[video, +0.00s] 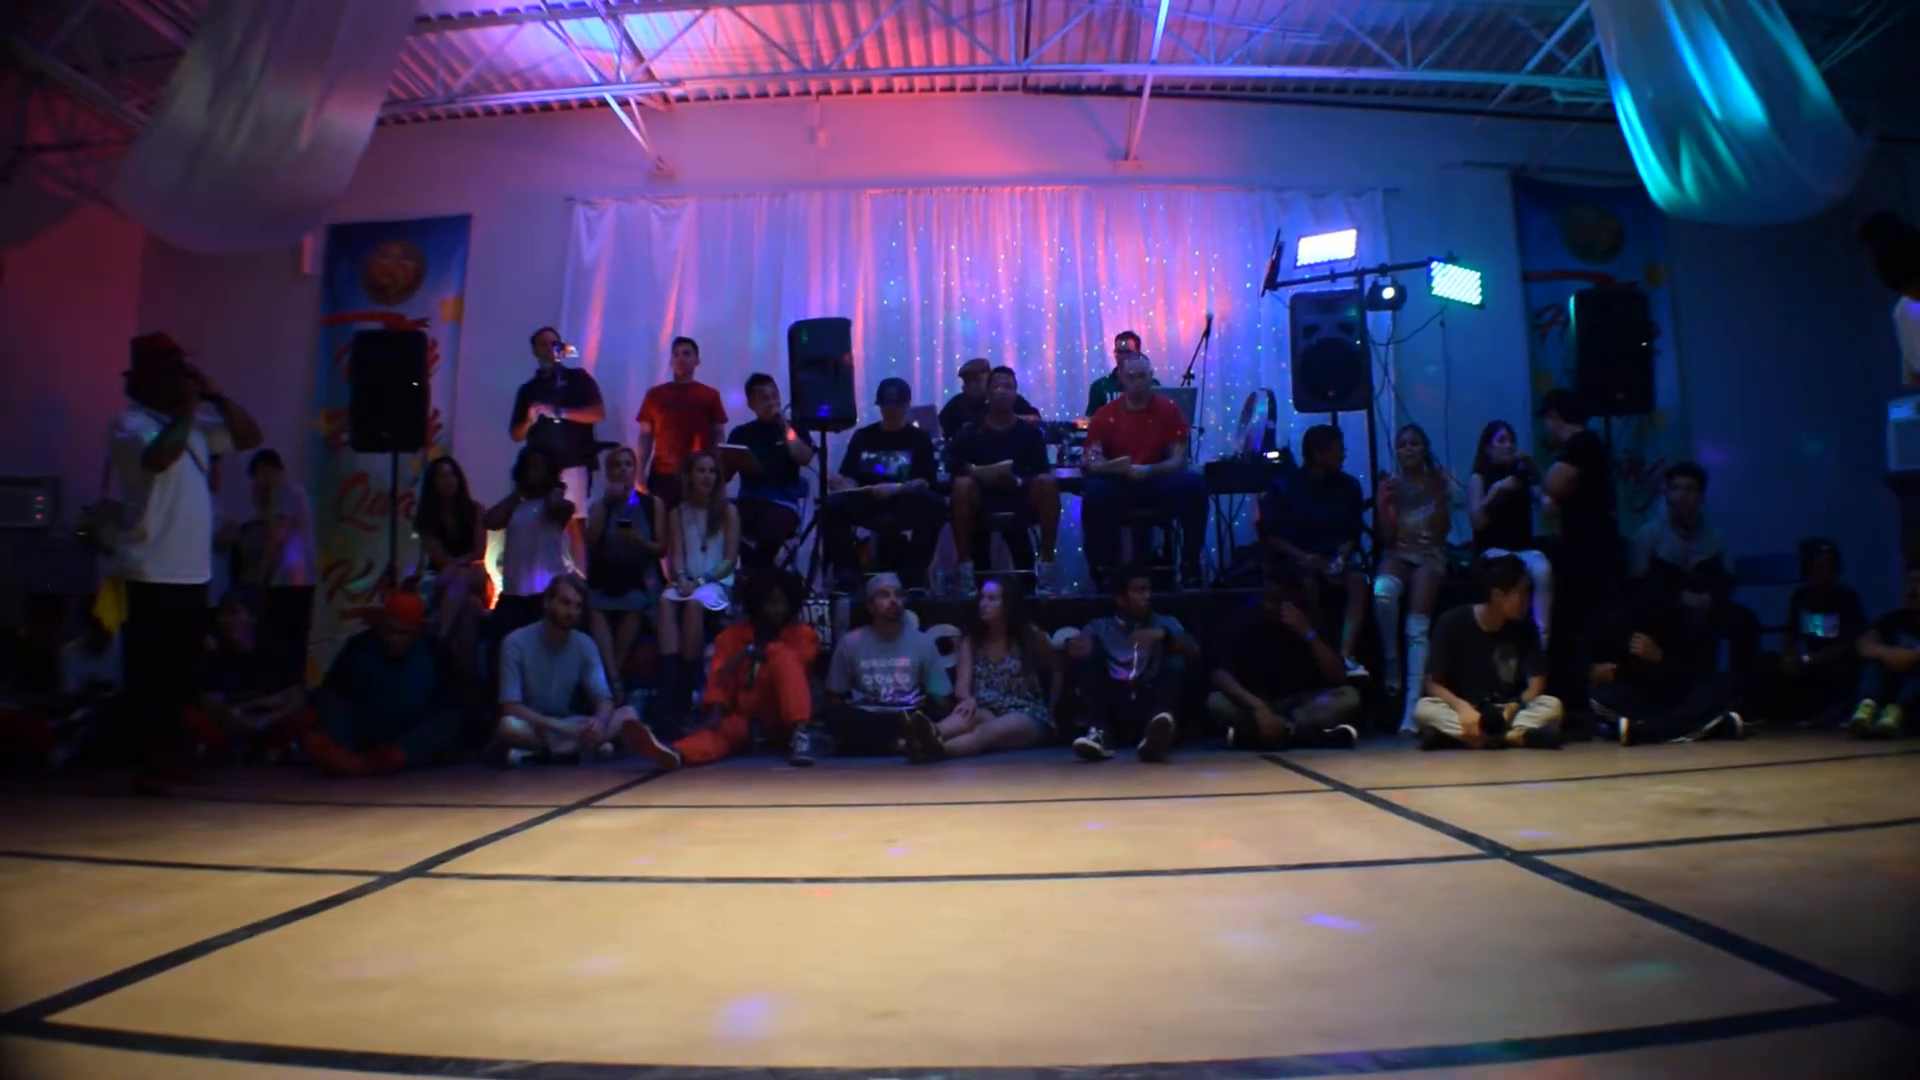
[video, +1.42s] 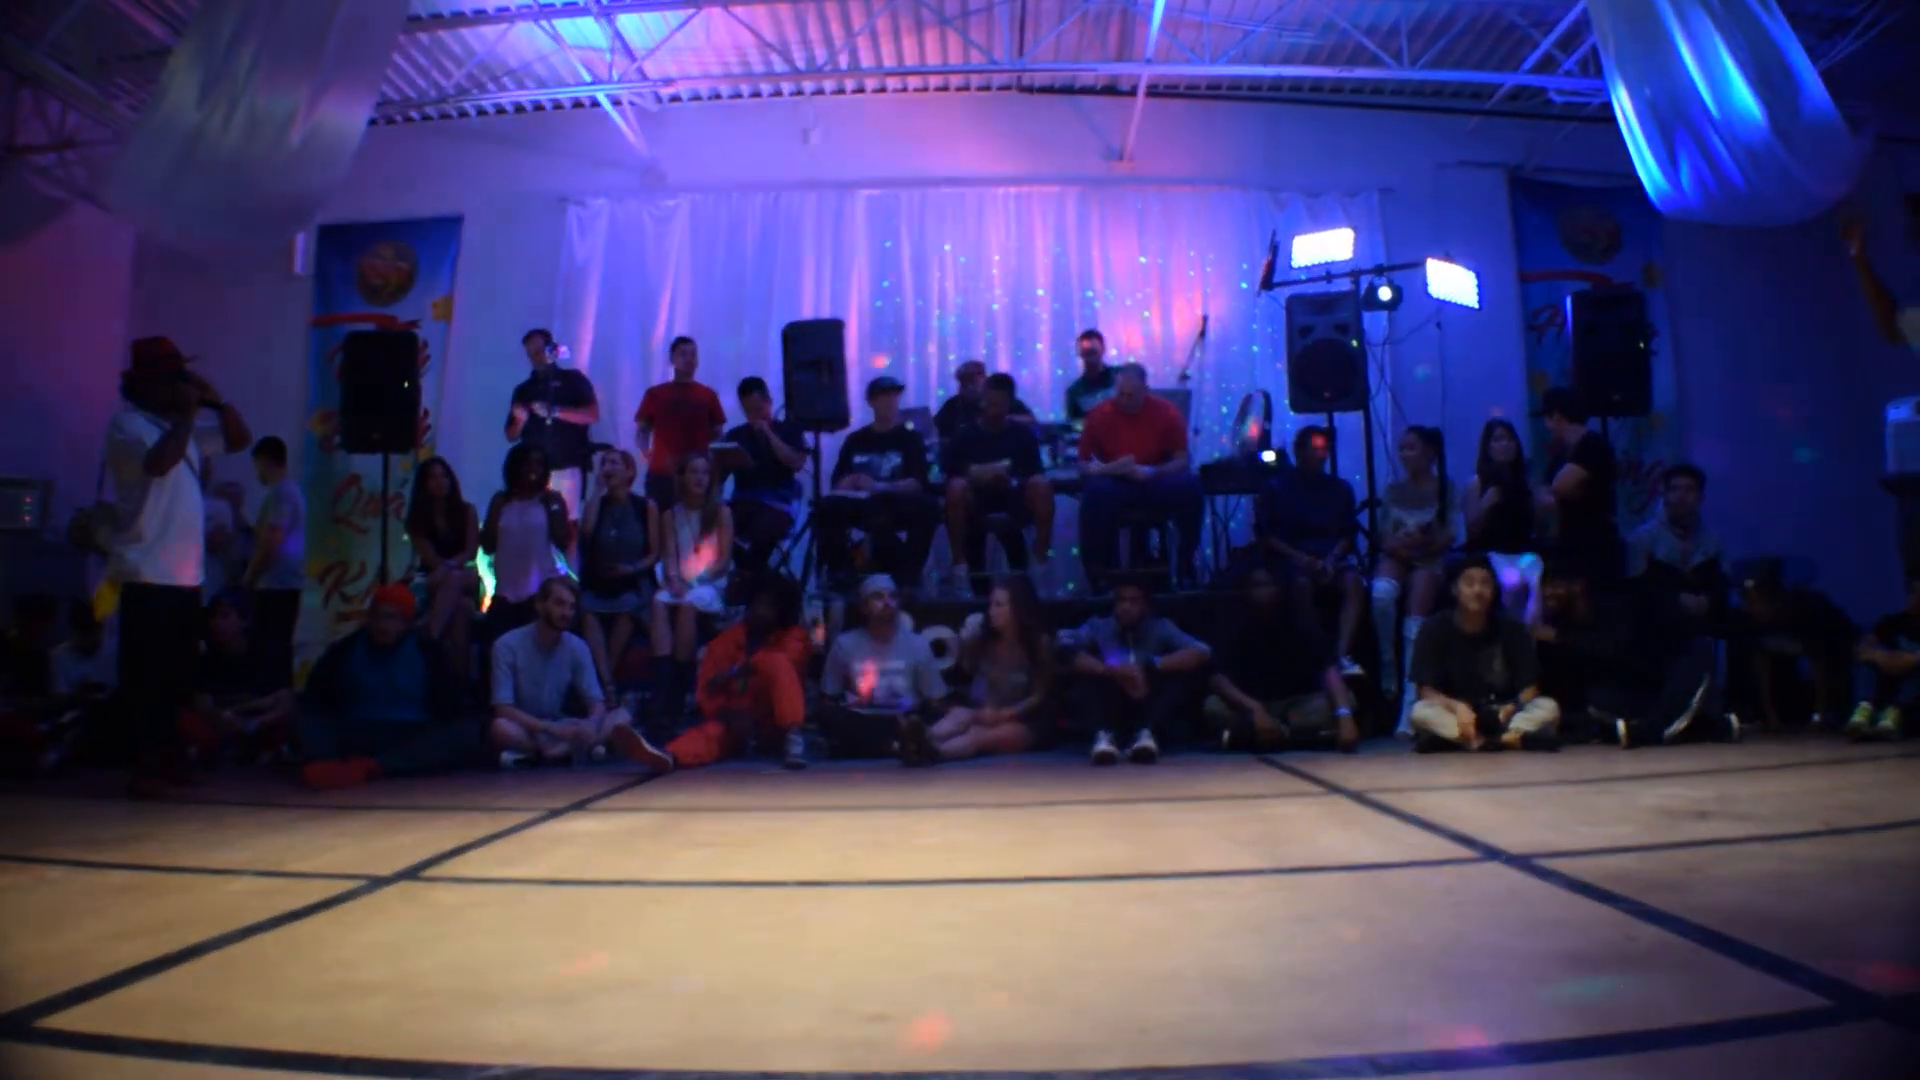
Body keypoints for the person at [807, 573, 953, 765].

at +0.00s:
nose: (894, 602)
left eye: (898, 595)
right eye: (885, 596)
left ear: (903, 600)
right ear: (870, 605)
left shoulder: (922, 643)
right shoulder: (851, 643)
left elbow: (940, 699)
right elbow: (834, 698)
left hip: (909, 715)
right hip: (866, 715)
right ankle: (900, 744)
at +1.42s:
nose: (887, 603)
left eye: (891, 597)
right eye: (878, 598)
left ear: (898, 602)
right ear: (865, 606)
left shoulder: (916, 644)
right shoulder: (845, 645)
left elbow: (936, 701)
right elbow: (829, 699)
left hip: (908, 717)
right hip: (863, 717)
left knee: (964, 714)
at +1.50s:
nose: (886, 603)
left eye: (891, 596)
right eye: (878, 598)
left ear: (897, 601)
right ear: (864, 605)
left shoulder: (916, 645)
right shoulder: (845, 645)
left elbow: (937, 702)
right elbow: (829, 701)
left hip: (908, 721)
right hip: (862, 722)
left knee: (964, 714)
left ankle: (925, 747)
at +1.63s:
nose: (887, 603)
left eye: (892, 597)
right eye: (879, 597)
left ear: (898, 602)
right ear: (865, 606)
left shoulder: (916, 645)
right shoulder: (845, 645)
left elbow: (937, 702)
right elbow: (828, 698)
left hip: (906, 716)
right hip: (860, 717)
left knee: (964, 713)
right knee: (829, 716)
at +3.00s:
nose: (863, 606)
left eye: (870, 599)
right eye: (862, 599)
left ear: (891, 605)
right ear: (858, 602)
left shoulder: (916, 645)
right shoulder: (845, 644)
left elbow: (934, 699)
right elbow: (830, 692)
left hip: (903, 715)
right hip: (859, 716)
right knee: (828, 717)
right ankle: (893, 746)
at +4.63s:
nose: (855, 611)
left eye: (862, 604)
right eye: (855, 604)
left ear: (882, 609)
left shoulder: (914, 645)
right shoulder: (844, 644)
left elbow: (934, 699)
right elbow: (831, 696)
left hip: (904, 717)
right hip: (860, 717)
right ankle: (893, 746)